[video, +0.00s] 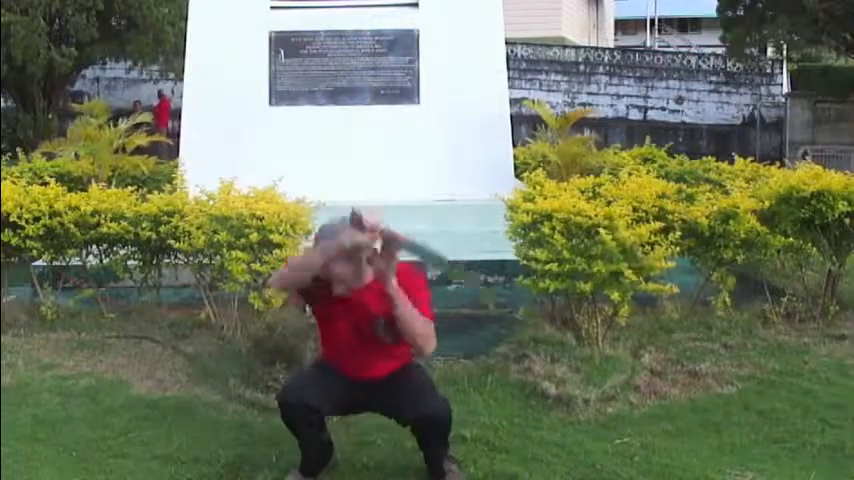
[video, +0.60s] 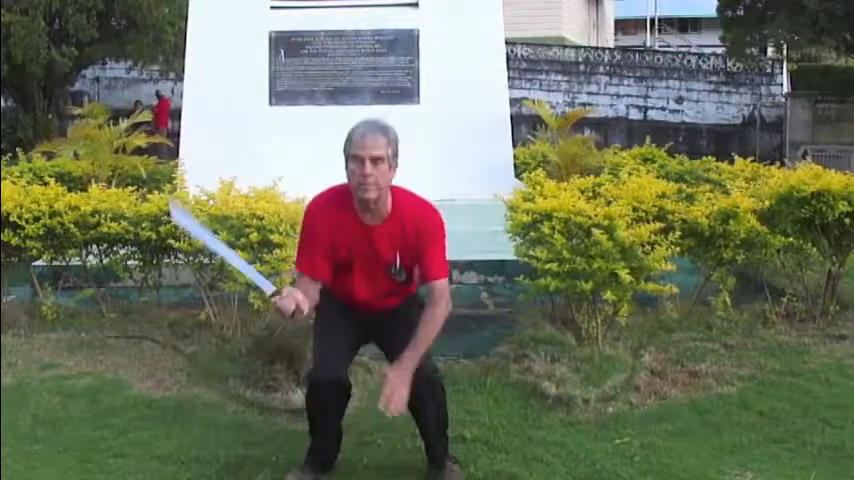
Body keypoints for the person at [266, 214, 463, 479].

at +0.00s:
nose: (336, 292)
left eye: (344, 283)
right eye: (331, 283)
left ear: (366, 264)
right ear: (325, 269)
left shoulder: (406, 277)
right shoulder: (320, 286)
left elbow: (426, 345)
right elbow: (279, 282)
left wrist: (391, 286)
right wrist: (340, 243)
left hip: (396, 377)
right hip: (338, 376)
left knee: (435, 413)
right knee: (294, 400)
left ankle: (439, 462)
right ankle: (317, 458)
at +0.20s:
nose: (346, 289)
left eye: (354, 281)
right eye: (339, 280)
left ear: (376, 268)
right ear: (328, 267)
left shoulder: (411, 287)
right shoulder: (316, 274)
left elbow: (424, 364)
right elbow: (279, 315)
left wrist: (390, 304)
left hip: (398, 381)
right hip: (343, 379)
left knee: (437, 413)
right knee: (301, 400)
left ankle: (437, 463)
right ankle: (319, 458)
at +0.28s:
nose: (350, 274)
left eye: (359, 265)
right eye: (342, 264)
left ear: (380, 256)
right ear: (332, 254)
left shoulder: (414, 284)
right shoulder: (319, 270)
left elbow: (425, 365)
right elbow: (278, 324)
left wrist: (379, 316)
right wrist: (308, 317)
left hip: (398, 375)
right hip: (343, 372)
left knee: (436, 410)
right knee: (307, 398)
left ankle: (438, 463)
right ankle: (319, 457)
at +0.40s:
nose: (357, 239)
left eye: (368, 228)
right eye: (350, 227)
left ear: (387, 226)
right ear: (340, 222)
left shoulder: (418, 263)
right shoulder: (323, 249)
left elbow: (429, 343)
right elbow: (299, 311)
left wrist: (385, 354)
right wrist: (307, 318)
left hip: (403, 350)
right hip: (343, 348)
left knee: (430, 398)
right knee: (319, 393)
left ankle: (439, 463)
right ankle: (321, 459)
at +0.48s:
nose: (363, 217)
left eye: (373, 206)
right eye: (354, 206)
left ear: (390, 207)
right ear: (344, 204)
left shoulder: (419, 248)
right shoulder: (323, 238)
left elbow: (428, 326)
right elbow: (319, 313)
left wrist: (399, 376)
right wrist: (305, 311)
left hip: (400, 337)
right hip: (343, 336)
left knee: (429, 394)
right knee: (322, 392)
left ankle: (439, 463)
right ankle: (321, 461)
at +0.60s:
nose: (366, 171)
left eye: (377, 161)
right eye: (358, 160)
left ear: (394, 167)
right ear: (346, 164)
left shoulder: (422, 216)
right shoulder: (322, 210)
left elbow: (440, 301)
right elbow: (310, 282)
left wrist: (404, 370)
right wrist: (297, 297)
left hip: (398, 309)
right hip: (339, 307)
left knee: (425, 377)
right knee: (324, 381)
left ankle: (439, 462)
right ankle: (319, 462)